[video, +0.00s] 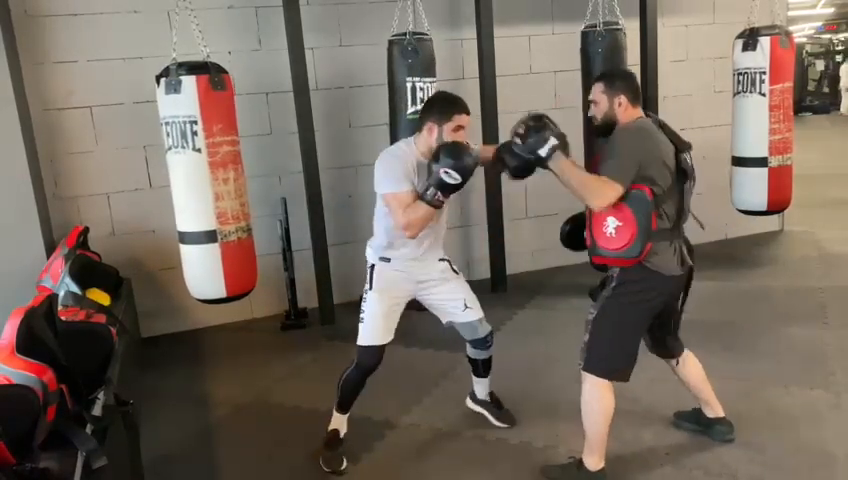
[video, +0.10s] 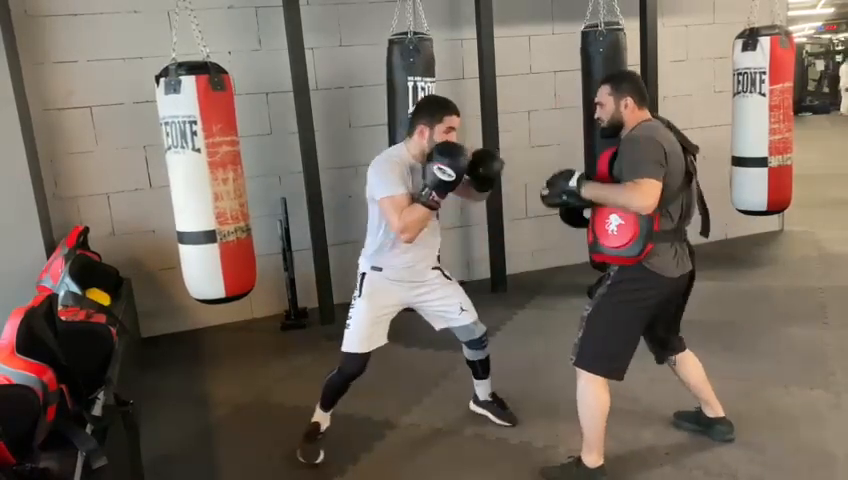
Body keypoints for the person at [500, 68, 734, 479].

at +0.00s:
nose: (591, 110)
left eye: (596, 102)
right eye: (591, 102)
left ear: (620, 101)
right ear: (628, 103)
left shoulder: (630, 137)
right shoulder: (655, 132)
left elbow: (601, 197)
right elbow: (651, 201)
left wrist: (552, 155)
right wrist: (596, 222)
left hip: (642, 272)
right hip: (674, 265)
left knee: (596, 366)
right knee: (669, 344)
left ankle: (592, 464)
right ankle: (715, 415)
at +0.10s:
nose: (597, 113)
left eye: (601, 104)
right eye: (596, 105)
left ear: (628, 102)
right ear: (635, 104)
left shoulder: (641, 139)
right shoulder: (662, 133)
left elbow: (643, 197)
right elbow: (649, 204)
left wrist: (580, 187)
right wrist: (594, 205)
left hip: (642, 271)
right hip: (676, 266)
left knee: (592, 362)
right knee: (670, 343)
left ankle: (591, 460)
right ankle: (715, 416)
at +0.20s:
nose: (601, 109)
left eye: (607, 100)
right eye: (602, 101)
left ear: (632, 101)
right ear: (640, 103)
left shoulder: (638, 139)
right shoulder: (665, 136)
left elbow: (639, 195)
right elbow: (647, 200)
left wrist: (572, 200)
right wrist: (588, 191)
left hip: (637, 270)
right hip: (675, 267)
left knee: (590, 364)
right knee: (673, 349)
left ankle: (589, 461)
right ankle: (716, 416)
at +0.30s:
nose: (597, 108)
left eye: (602, 100)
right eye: (597, 100)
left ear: (627, 100)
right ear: (634, 102)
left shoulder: (632, 138)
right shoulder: (659, 134)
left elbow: (628, 190)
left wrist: (561, 175)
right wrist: (592, 169)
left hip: (635, 266)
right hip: (668, 262)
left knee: (572, 353)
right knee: (671, 344)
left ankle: (581, 454)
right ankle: (715, 416)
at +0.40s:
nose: (584, 113)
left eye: (588, 105)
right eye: (583, 106)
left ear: (614, 104)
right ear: (622, 105)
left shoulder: (621, 139)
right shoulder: (647, 135)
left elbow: (618, 189)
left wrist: (552, 176)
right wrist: (588, 159)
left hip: (626, 268)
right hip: (660, 265)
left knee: (567, 354)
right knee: (667, 344)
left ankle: (547, 453)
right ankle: (713, 415)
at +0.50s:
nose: (567, 119)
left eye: (571, 110)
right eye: (566, 111)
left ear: (595, 110)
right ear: (603, 112)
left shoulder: (609, 148)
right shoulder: (629, 144)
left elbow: (616, 204)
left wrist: (556, 178)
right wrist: (569, 158)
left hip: (615, 278)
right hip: (644, 274)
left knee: (557, 364)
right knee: (660, 348)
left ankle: (529, 454)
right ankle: (712, 415)